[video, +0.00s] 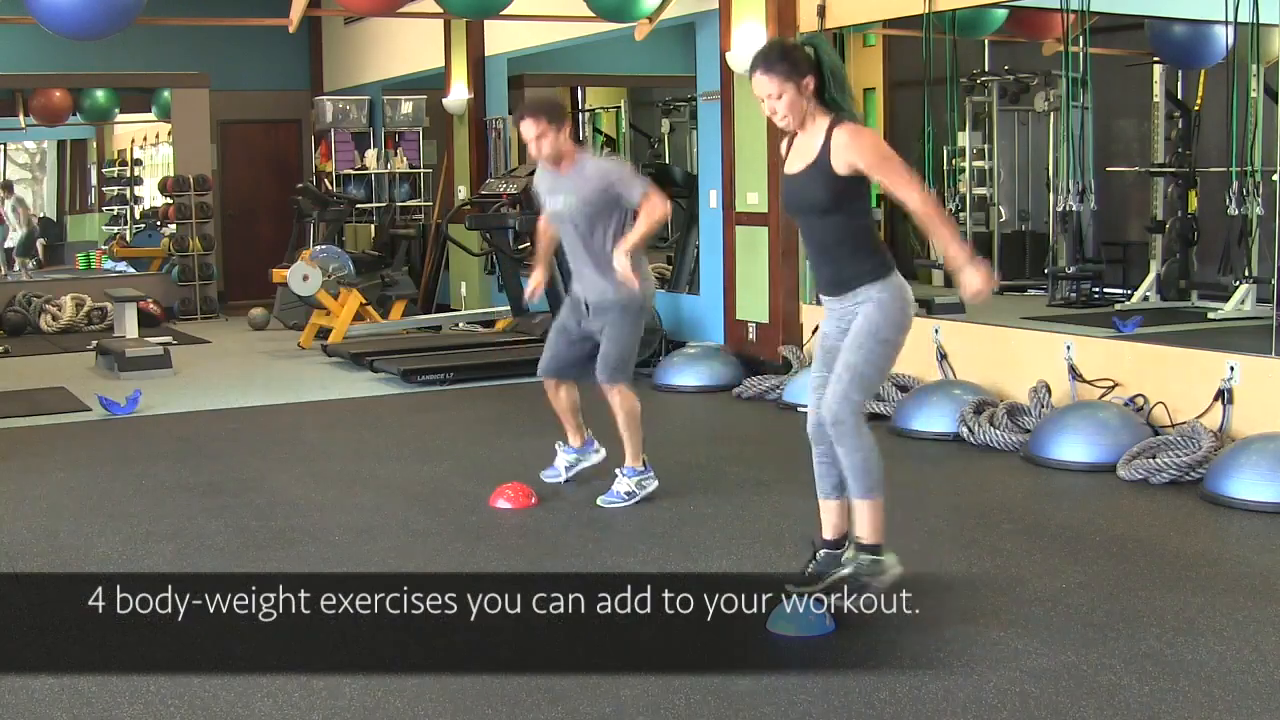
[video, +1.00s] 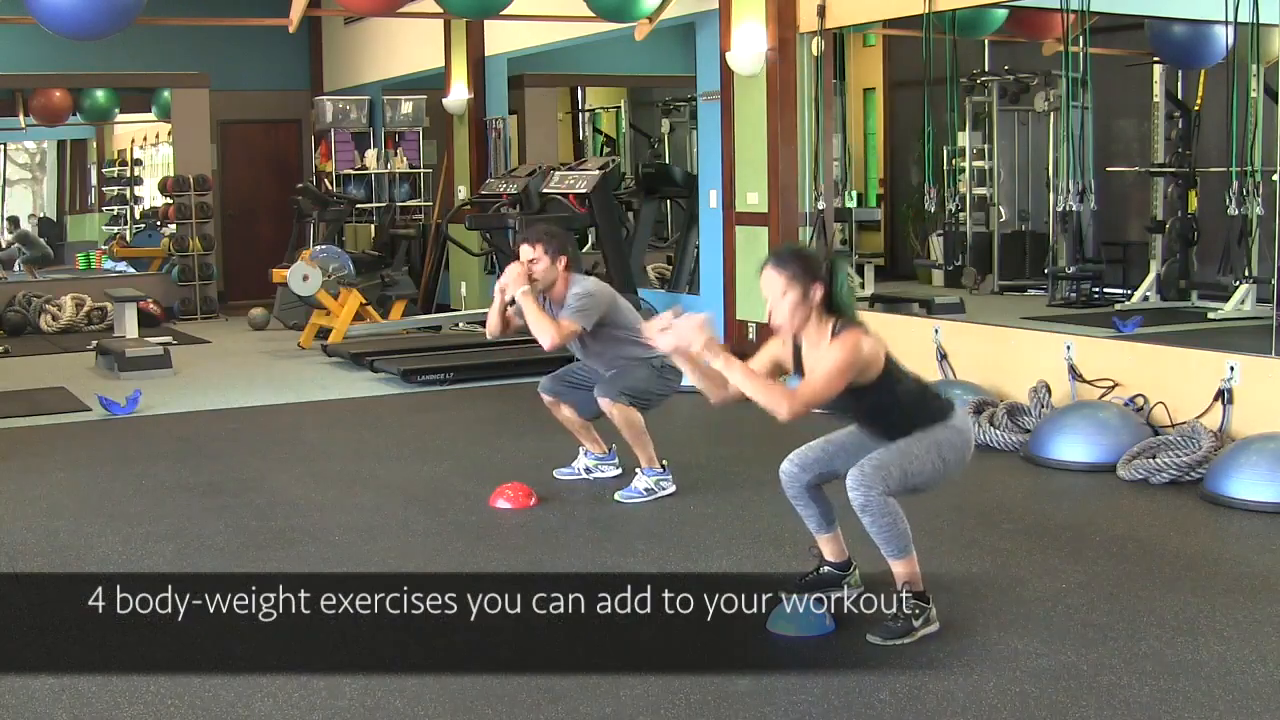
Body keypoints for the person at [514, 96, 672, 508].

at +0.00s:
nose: (533, 149)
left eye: (538, 138)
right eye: (527, 140)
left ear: (564, 130)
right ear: (526, 139)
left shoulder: (606, 170)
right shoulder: (543, 178)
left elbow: (658, 205)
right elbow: (549, 219)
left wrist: (624, 248)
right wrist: (541, 268)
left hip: (623, 299)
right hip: (581, 298)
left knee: (612, 378)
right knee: (553, 374)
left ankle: (637, 470)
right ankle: (580, 445)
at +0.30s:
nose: (557, 136)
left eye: (562, 124)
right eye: (549, 130)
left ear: (584, 118)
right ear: (545, 133)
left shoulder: (621, 163)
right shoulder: (561, 168)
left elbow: (644, 225)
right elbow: (580, 223)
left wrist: (579, 223)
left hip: (626, 300)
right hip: (579, 295)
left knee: (618, 390)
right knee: (544, 373)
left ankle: (641, 469)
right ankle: (558, 460)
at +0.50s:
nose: (543, 118)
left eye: (548, 108)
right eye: (539, 111)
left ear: (575, 103)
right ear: (542, 112)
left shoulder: (612, 139)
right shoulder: (557, 152)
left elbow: (629, 196)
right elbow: (537, 192)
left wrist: (567, 177)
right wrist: (507, 217)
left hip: (623, 276)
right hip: (582, 275)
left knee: (620, 368)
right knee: (549, 355)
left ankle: (641, 458)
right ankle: (582, 432)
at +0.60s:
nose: (535, 135)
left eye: (540, 126)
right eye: (533, 127)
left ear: (569, 121)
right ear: (548, 125)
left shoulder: (607, 156)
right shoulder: (551, 164)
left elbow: (609, 211)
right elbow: (522, 205)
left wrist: (555, 181)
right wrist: (496, 201)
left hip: (625, 284)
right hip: (587, 286)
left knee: (616, 373)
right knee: (559, 369)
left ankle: (650, 461)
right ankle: (592, 446)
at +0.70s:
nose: (529, 175)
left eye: (536, 167)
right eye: (527, 167)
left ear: (564, 165)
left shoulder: (597, 200)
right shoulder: (547, 203)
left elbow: (581, 249)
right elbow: (504, 244)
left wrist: (538, 209)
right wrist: (497, 213)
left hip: (631, 315)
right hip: (594, 317)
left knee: (612, 392)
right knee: (558, 387)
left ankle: (654, 469)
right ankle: (600, 455)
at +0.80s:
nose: (527, 219)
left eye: (534, 210)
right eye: (524, 211)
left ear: (561, 212)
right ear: (523, 212)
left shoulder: (591, 244)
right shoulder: (545, 247)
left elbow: (554, 293)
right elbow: (497, 284)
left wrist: (527, 241)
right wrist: (500, 241)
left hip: (642, 338)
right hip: (602, 339)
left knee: (606, 395)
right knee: (550, 391)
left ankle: (654, 472)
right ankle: (599, 455)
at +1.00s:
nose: (527, 271)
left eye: (533, 263)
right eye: (524, 264)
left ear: (561, 263)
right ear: (522, 266)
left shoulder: (589, 292)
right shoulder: (543, 298)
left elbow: (551, 340)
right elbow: (496, 331)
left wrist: (522, 292)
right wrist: (500, 297)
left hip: (651, 364)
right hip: (600, 367)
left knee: (609, 394)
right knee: (551, 391)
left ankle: (655, 472)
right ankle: (600, 456)